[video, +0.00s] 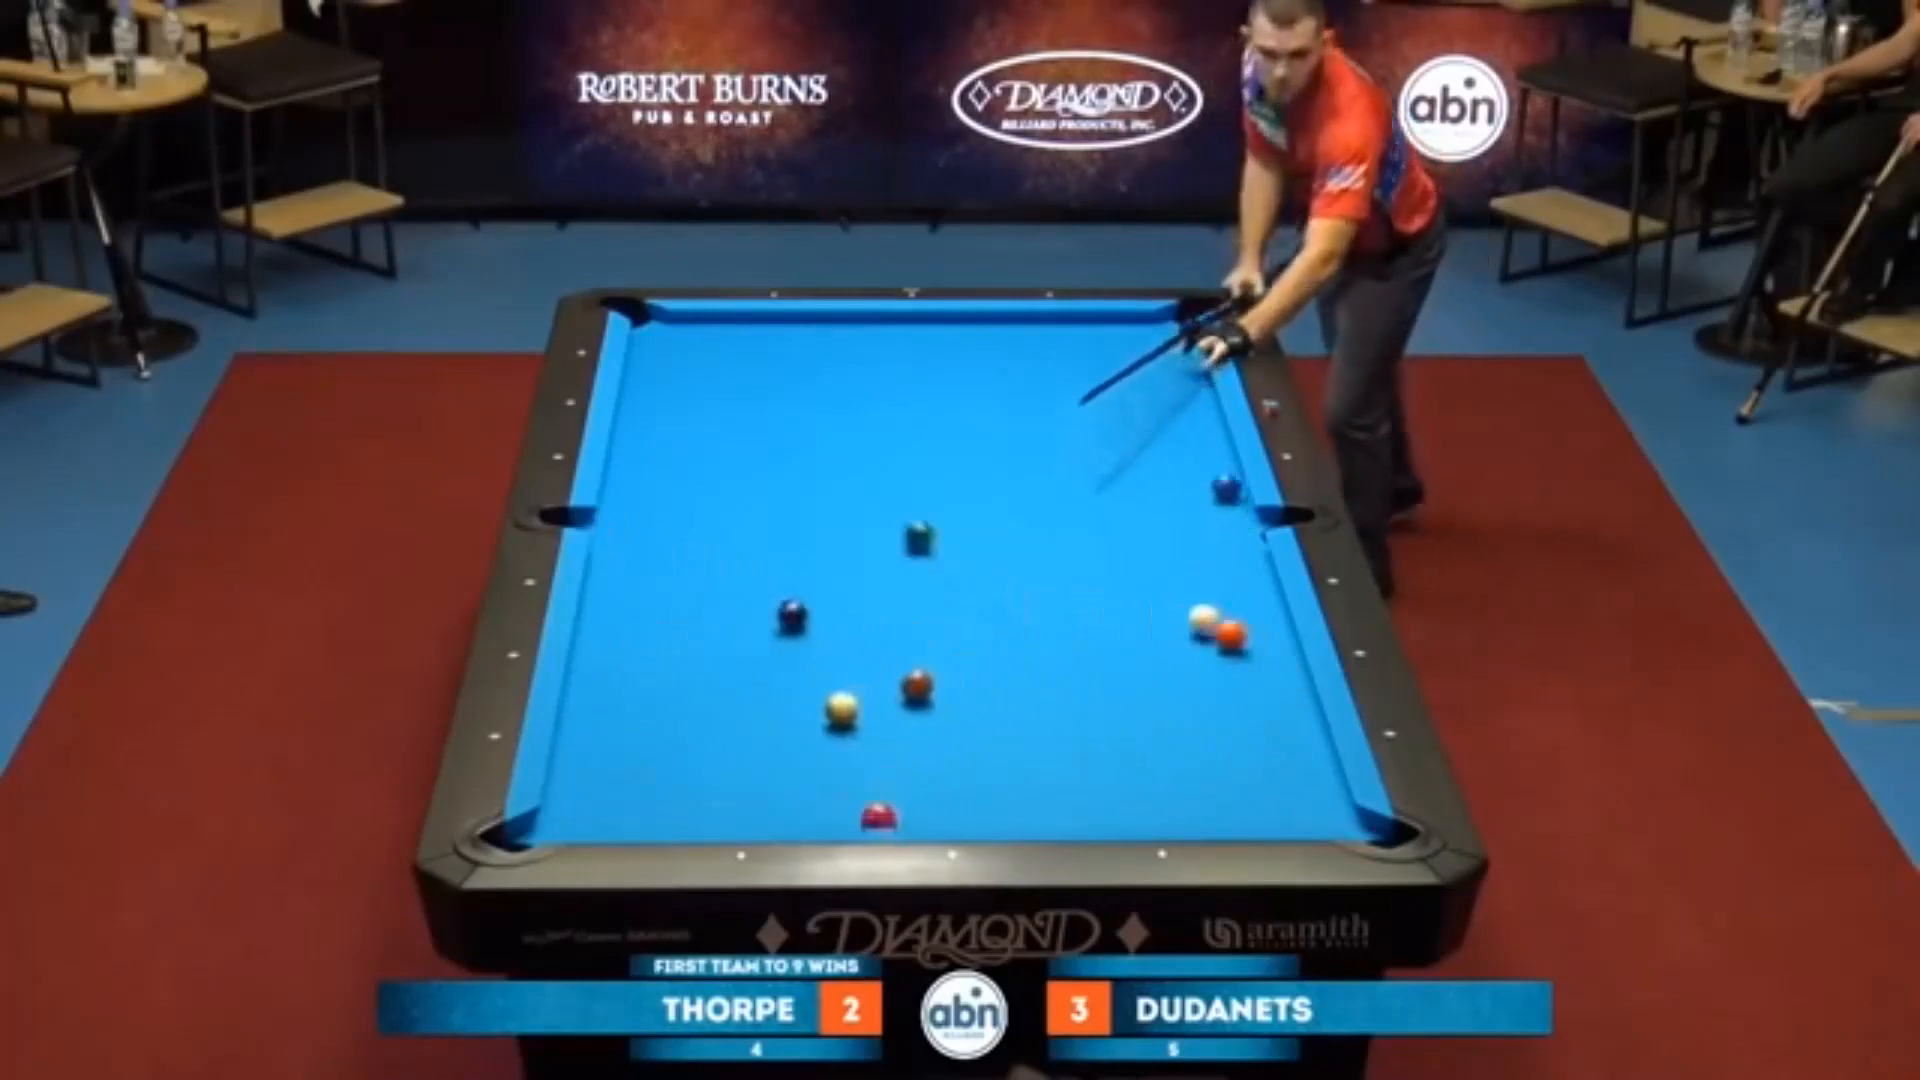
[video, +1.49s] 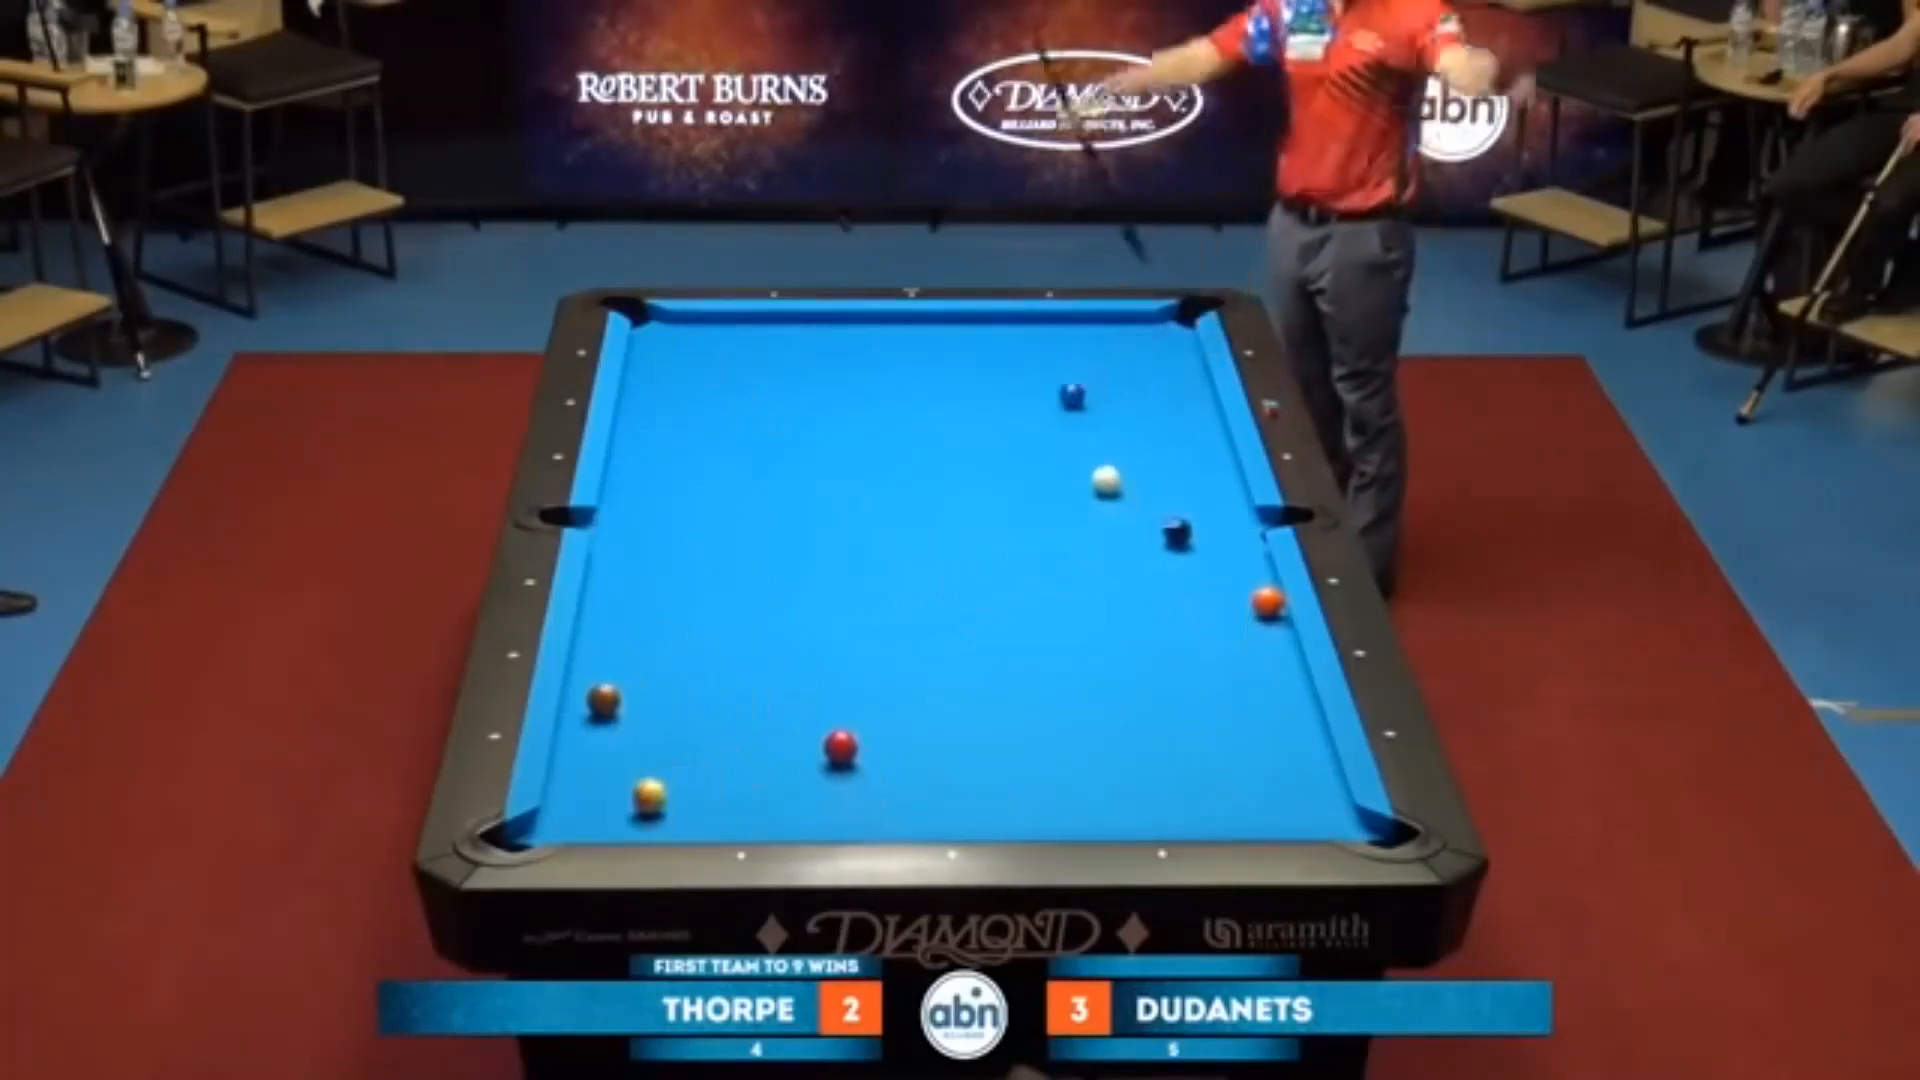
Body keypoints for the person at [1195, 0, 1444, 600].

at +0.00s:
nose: (1279, 71)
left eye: (1296, 57)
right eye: (1267, 55)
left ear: (1325, 43)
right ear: (1250, 39)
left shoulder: (1350, 113)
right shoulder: (1257, 68)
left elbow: (1323, 254)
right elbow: (1262, 162)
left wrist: (1247, 331)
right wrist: (1249, 260)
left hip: (1397, 243)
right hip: (1335, 235)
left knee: (1350, 412)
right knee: (1367, 369)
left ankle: (1368, 572)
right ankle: (1397, 482)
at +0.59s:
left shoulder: (1383, 42)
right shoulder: (1283, 24)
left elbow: (1368, 180)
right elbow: (1274, 130)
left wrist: (1271, 236)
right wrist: (1249, 228)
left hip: (1373, 244)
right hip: (1311, 240)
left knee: (1357, 405)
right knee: (1301, 393)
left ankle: (1368, 562)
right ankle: (1315, 538)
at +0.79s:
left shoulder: (1394, 32)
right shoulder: (1281, 20)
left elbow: (1404, 166)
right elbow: (1270, 129)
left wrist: (1322, 236)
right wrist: (1242, 225)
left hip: (1368, 241)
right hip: (1295, 235)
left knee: (1361, 403)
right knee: (1303, 394)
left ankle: (1369, 563)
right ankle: (1312, 537)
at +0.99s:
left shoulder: (1400, 30)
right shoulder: (1281, 19)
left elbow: (1415, 164)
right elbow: (1268, 125)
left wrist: (1411, 277)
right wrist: (1244, 222)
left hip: (1362, 239)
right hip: (1284, 233)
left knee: (1362, 406)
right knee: (1296, 399)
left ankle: (1367, 563)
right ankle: (1304, 543)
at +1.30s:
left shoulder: (1407, 23)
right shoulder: (1287, 17)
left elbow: (1438, 128)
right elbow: (1242, 110)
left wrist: (1470, 229)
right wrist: (1184, 194)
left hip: (1362, 234)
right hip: (1288, 228)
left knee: (1361, 401)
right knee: (1303, 396)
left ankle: (1368, 565)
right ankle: (1311, 543)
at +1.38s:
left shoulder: (1409, 19)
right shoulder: (1287, 15)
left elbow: (1444, 99)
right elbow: (1222, 95)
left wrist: (1476, 174)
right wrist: (1144, 168)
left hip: (1364, 235)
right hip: (1290, 229)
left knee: (1364, 403)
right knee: (1302, 395)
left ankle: (1369, 566)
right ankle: (1312, 537)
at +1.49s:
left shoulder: (1413, 12)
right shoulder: (1283, 10)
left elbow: (1468, 72)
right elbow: (1206, 54)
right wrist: (1129, 80)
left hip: (1365, 233)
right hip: (1292, 227)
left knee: (1365, 403)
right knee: (1304, 396)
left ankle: (1370, 564)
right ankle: (1314, 540)